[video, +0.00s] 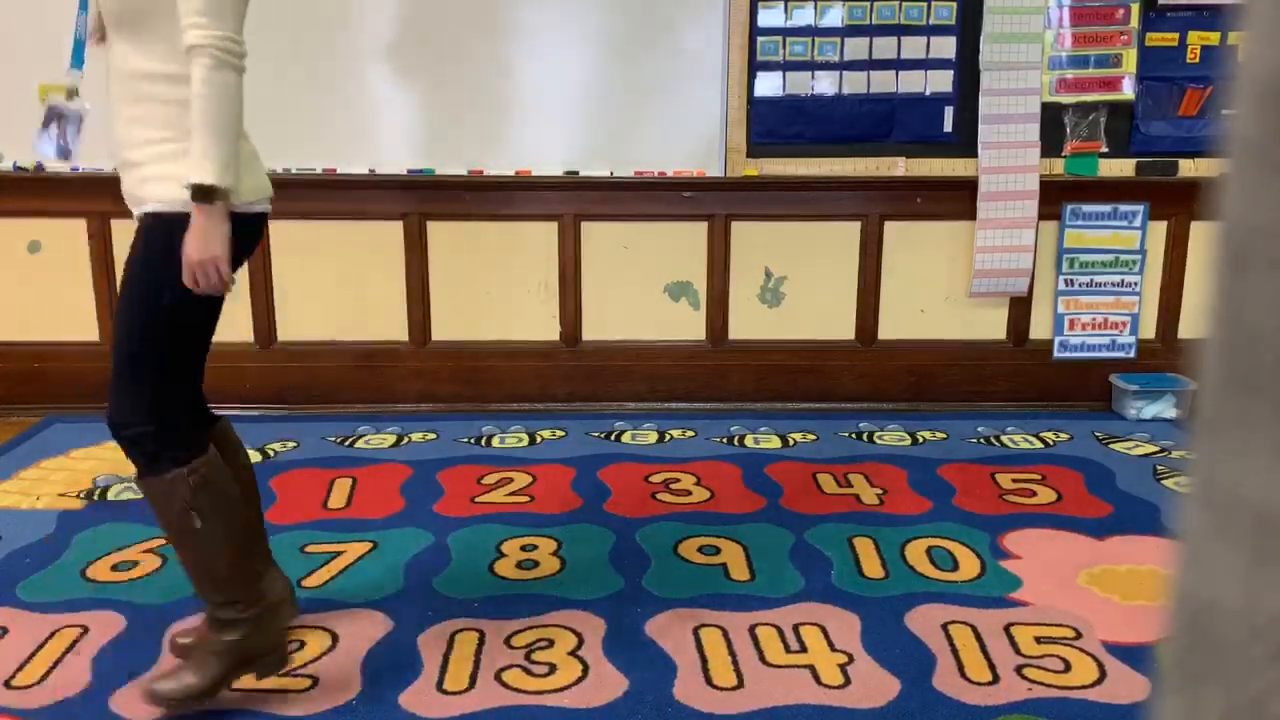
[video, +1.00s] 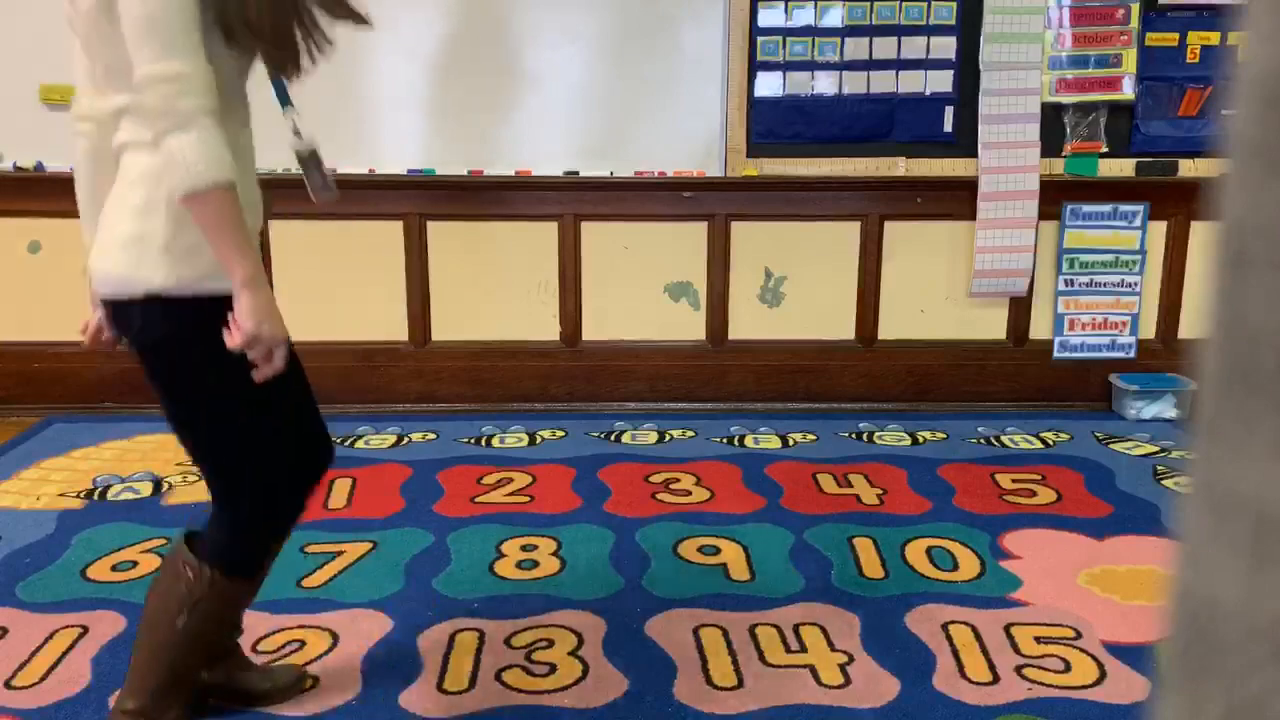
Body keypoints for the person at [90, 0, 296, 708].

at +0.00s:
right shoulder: (138, 7)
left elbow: (217, 50)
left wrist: (209, 203)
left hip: (196, 201)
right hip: (174, 198)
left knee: (142, 417)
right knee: (173, 410)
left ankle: (244, 617)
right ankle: (253, 596)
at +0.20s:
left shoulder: (196, 14)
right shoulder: (146, 15)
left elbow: (214, 175)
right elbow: (167, 142)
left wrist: (191, 327)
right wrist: (104, 100)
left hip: (245, 296)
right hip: (194, 282)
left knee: (140, 493)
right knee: (116, 462)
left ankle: (301, 635)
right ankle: (254, 602)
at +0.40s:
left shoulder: (82, 7)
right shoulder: (251, 0)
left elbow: (84, 120)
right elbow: (312, 71)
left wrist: (86, 258)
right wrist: (346, 198)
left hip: (216, 245)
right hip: (298, 227)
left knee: (185, 454)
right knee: (236, 414)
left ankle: (301, 637)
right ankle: (260, 591)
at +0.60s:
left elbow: (56, 80)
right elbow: (278, 27)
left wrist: (106, 205)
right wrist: (343, 176)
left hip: (152, 205)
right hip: (280, 183)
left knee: (208, 432)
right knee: (334, 402)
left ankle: (266, 653)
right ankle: (377, 597)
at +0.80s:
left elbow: (95, 75)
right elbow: (197, 51)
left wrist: (127, 195)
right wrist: (249, 204)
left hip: (141, 207)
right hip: (228, 203)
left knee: (213, 424)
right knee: (293, 424)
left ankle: (234, 648)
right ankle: (265, 668)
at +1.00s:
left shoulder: (104, 12)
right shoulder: (159, 5)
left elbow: (101, 117)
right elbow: (179, 108)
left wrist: (106, 270)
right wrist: (250, 279)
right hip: (175, 268)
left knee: (292, 453)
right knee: (267, 471)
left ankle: (210, 654)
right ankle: (151, 696)